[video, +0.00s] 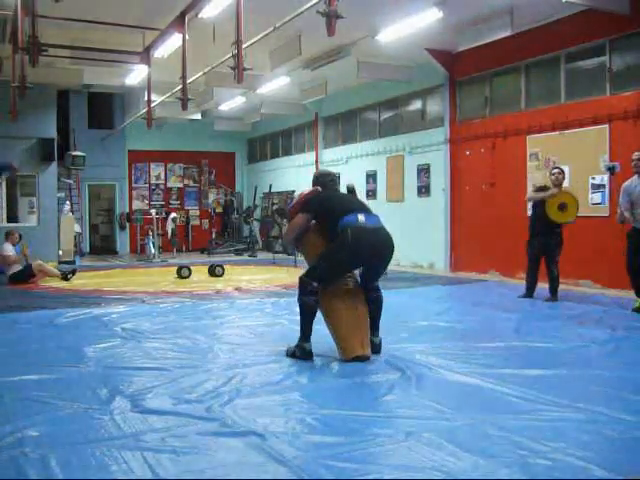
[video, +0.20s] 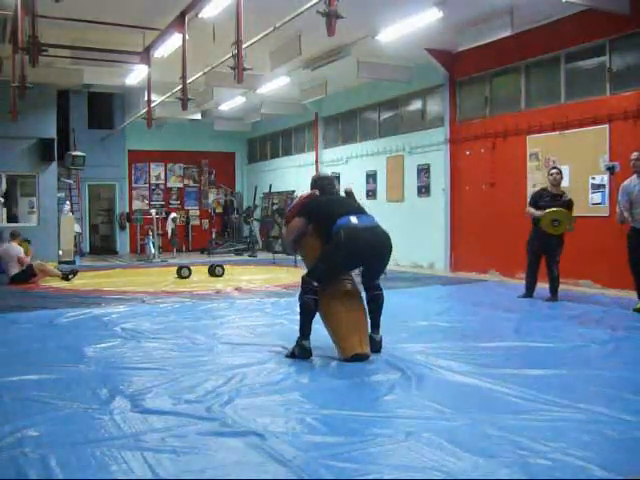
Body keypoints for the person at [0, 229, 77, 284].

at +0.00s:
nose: (17, 240)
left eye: (17, 238)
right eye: (15, 237)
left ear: (17, 239)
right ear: (9, 237)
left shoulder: (12, 248)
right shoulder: (6, 246)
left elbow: (14, 261)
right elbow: (9, 261)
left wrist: (24, 256)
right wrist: (21, 255)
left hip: (19, 274)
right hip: (14, 276)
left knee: (45, 270)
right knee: (39, 264)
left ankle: (64, 274)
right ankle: (62, 275)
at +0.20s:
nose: (20, 240)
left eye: (19, 239)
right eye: (19, 239)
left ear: (10, 237)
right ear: (18, 238)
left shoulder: (3, 247)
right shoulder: (17, 248)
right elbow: (24, 263)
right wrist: (30, 254)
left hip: (10, 277)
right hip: (16, 276)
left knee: (44, 270)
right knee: (39, 265)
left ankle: (64, 274)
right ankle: (63, 276)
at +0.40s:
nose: (24, 242)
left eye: (24, 240)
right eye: (24, 240)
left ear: (14, 238)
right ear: (21, 239)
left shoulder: (4, 246)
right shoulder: (20, 249)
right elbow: (25, 264)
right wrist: (28, 255)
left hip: (10, 277)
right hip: (17, 276)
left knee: (40, 266)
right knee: (40, 265)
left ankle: (63, 274)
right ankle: (63, 275)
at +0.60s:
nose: (18, 240)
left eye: (18, 238)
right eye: (18, 238)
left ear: (9, 237)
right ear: (15, 238)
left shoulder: (5, 246)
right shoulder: (11, 247)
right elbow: (18, 262)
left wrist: (25, 257)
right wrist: (27, 256)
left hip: (11, 275)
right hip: (14, 276)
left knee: (40, 266)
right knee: (40, 265)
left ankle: (63, 274)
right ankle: (63, 275)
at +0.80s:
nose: (15, 240)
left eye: (16, 238)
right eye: (14, 238)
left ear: (15, 238)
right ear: (8, 237)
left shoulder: (16, 247)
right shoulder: (4, 247)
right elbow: (4, 260)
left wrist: (26, 255)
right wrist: (17, 256)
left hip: (21, 272)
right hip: (13, 275)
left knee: (44, 269)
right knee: (38, 264)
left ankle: (63, 275)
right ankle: (62, 275)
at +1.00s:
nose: (15, 240)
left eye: (16, 238)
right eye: (13, 238)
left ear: (20, 238)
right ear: (10, 239)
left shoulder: (23, 249)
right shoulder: (6, 249)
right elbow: (2, 258)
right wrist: (6, 254)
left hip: (24, 273)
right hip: (13, 275)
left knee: (45, 269)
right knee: (39, 264)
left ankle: (63, 274)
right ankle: (61, 275)